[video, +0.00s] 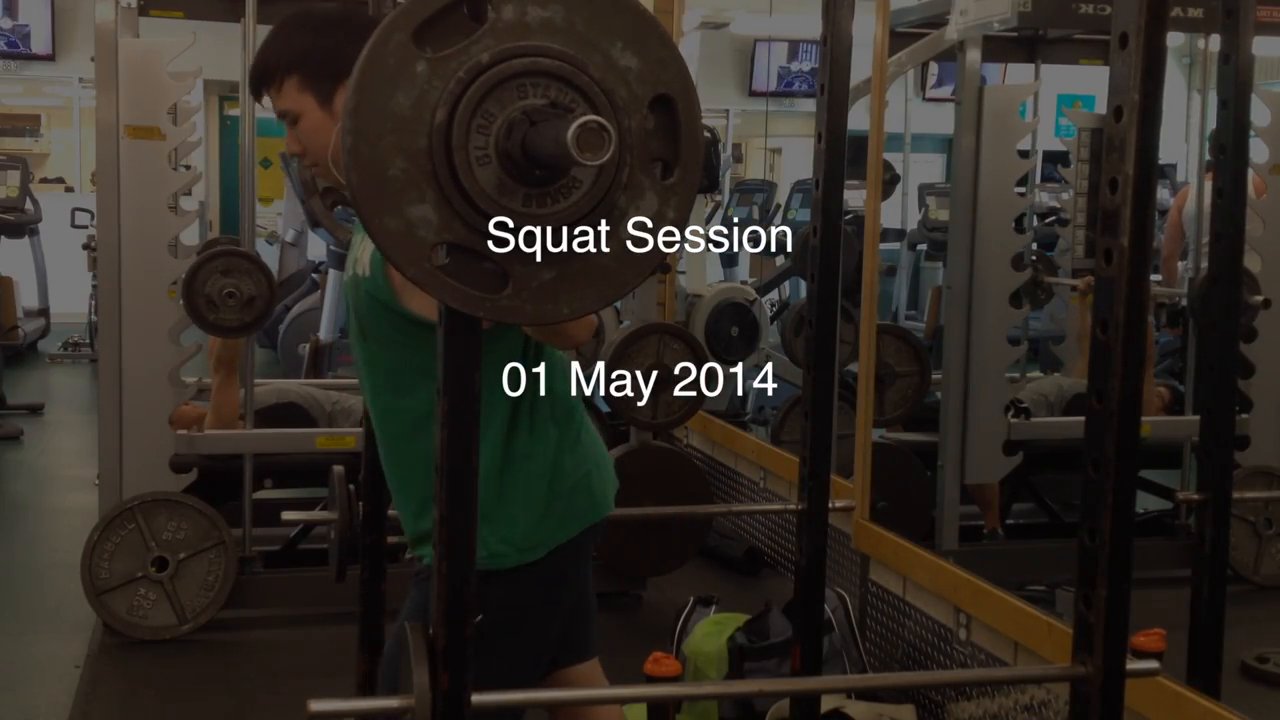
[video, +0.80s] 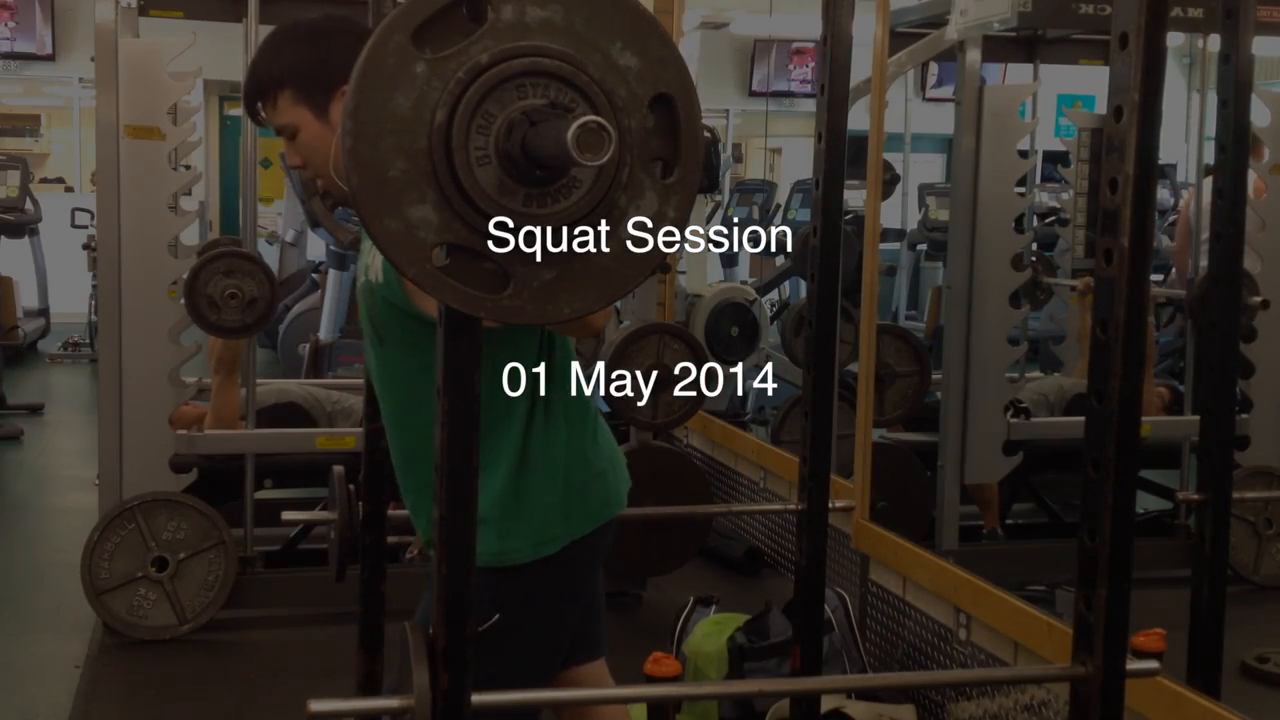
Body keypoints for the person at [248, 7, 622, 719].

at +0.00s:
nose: (291, 144)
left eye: (295, 120)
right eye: (285, 125)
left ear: (351, 101)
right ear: (343, 107)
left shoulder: (403, 228)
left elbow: (574, 327)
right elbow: (569, 325)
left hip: (500, 522)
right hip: (554, 493)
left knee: (439, 696)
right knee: (574, 674)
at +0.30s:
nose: (290, 155)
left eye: (292, 131)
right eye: (281, 139)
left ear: (347, 103)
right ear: (340, 108)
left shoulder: (405, 217)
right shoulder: (389, 220)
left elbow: (586, 320)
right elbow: (586, 319)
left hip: (512, 510)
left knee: (445, 689)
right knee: (579, 676)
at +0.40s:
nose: (289, 155)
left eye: (291, 131)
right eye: (280, 138)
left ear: (347, 103)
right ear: (342, 109)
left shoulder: (404, 215)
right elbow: (586, 318)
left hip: (509, 511)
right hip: (557, 489)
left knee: (455, 693)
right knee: (577, 676)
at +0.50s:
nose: (290, 157)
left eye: (291, 132)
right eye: (280, 140)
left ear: (347, 104)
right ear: (343, 110)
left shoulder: (403, 217)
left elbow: (588, 318)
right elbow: (588, 317)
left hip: (507, 515)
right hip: (557, 492)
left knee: (447, 695)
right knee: (578, 679)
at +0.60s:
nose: (289, 155)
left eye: (290, 131)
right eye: (280, 138)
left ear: (346, 103)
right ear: (341, 108)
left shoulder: (404, 217)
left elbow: (587, 318)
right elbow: (587, 317)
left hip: (506, 513)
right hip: (555, 492)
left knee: (450, 695)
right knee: (578, 678)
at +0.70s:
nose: (290, 154)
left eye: (291, 130)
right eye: (281, 137)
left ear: (347, 103)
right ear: (341, 109)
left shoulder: (406, 215)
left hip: (511, 509)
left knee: (457, 694)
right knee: (578, 678)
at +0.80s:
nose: (289, 156)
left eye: (292, 131)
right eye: (280, 139)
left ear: (348, 106)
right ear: (342, 110)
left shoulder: (408, 216)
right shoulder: (389, 221)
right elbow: (588, 319)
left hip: (515, 507)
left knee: (476, 693)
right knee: (581, 676)